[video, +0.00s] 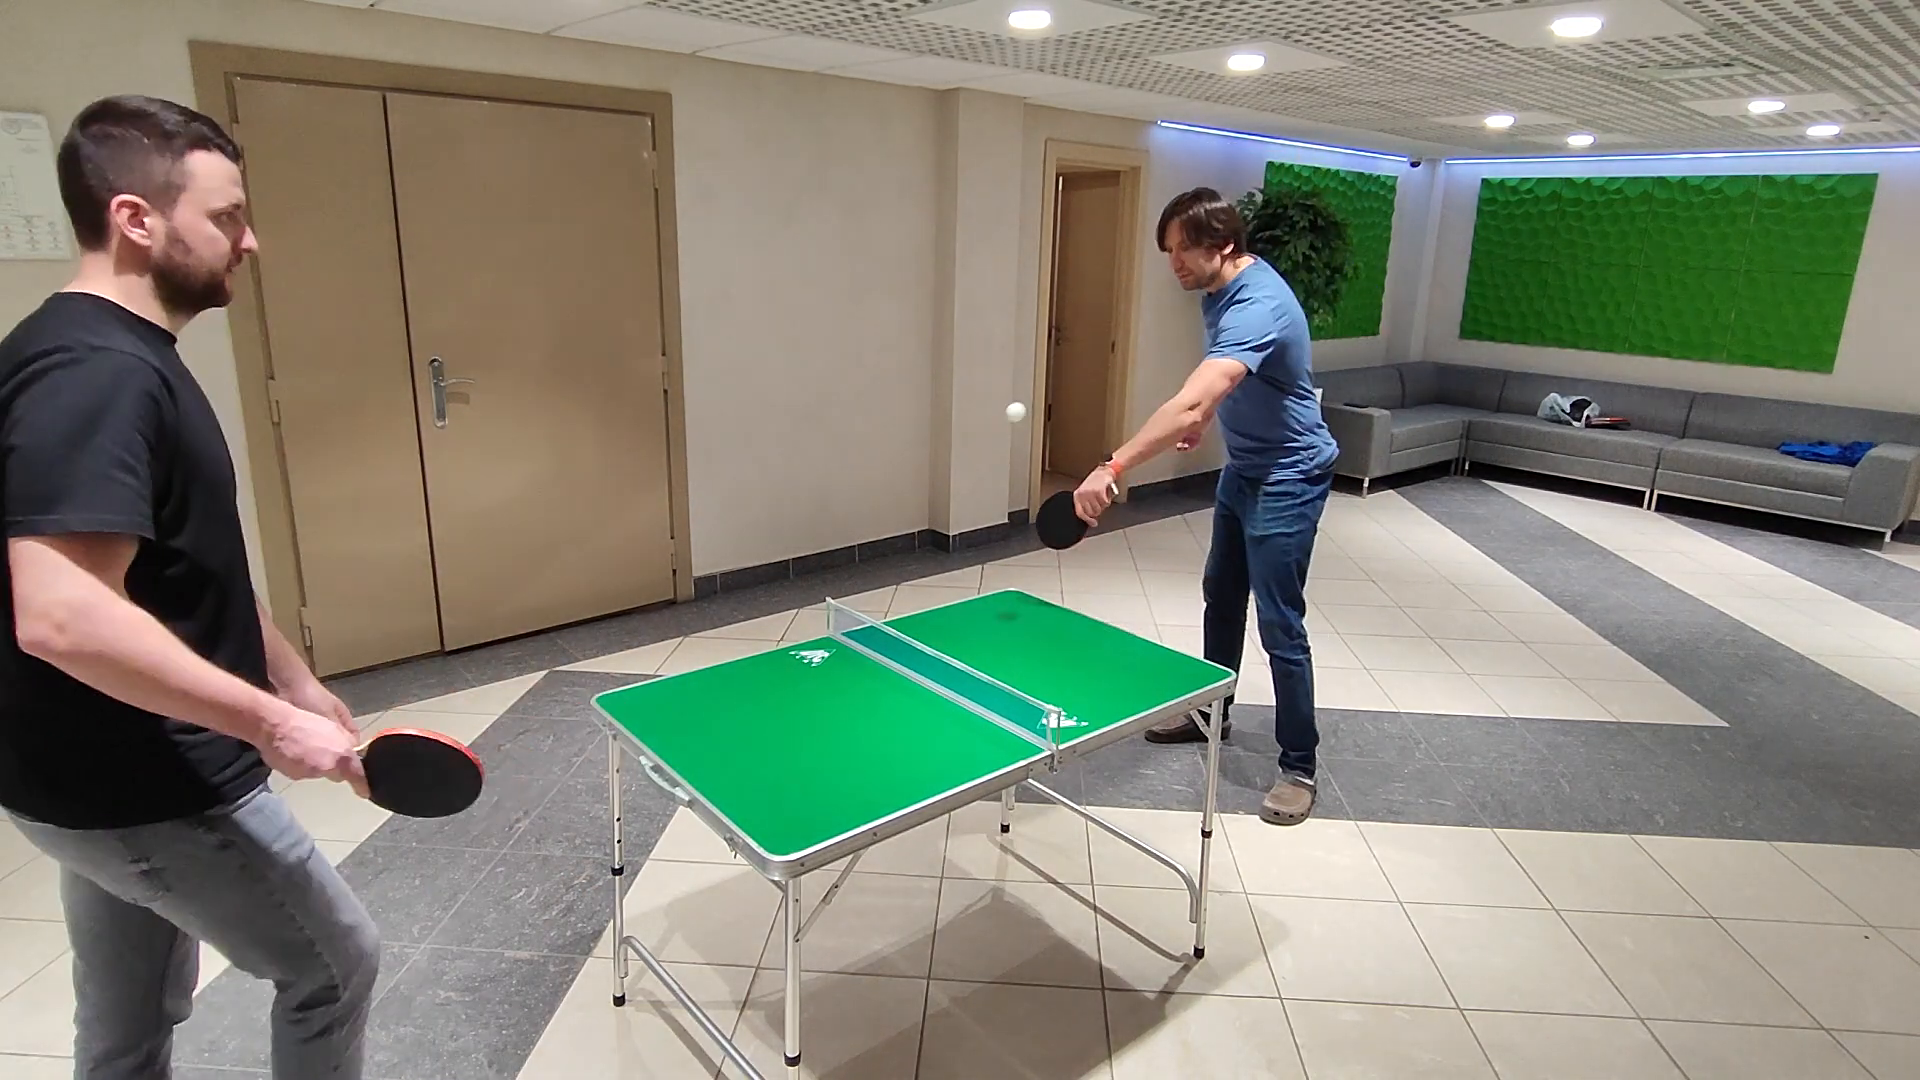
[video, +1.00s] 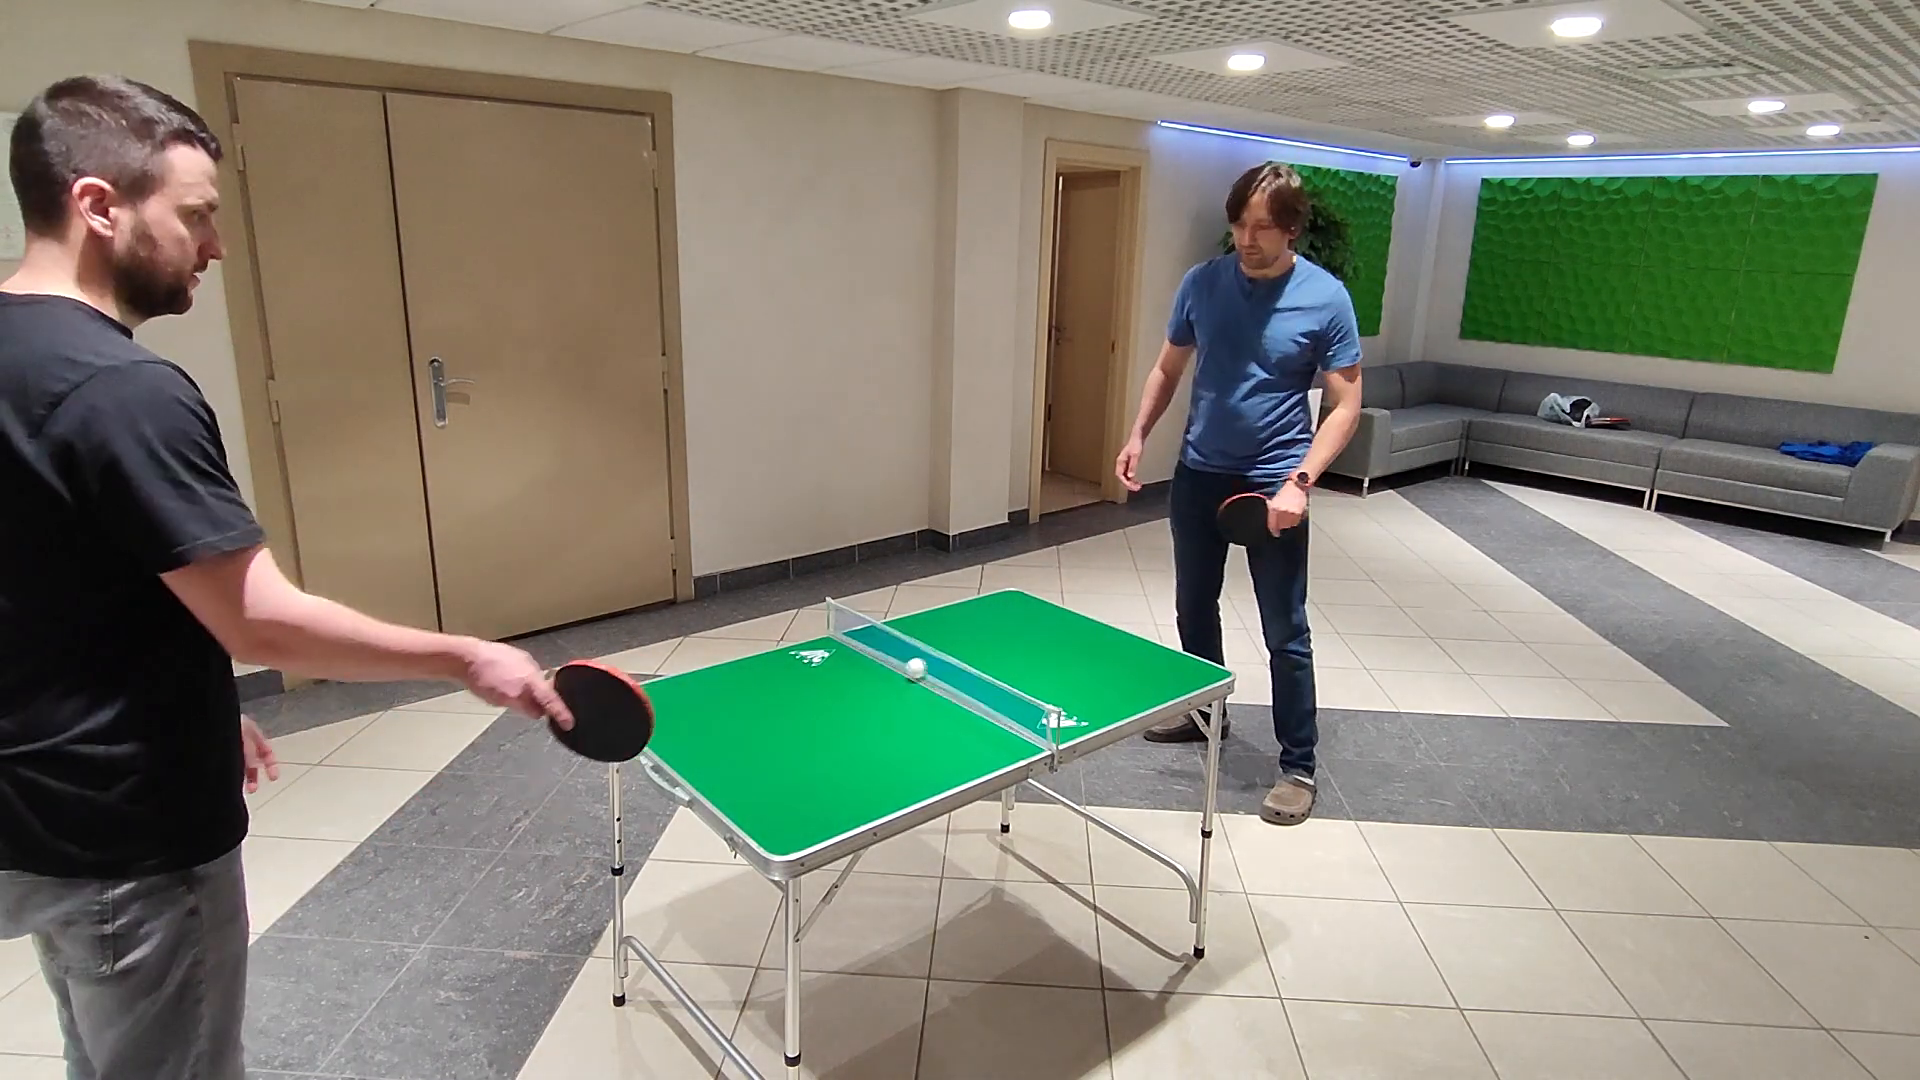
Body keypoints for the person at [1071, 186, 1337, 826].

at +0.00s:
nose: (1173, 264)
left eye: (1180, 252)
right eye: (1170, 253)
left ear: (1220, 247)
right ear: (1213, 248)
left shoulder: (1258, 306)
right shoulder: (1222, 289)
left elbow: (1192, 398)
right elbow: (1225, 364)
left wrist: (1113, 468)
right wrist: (1200, 412)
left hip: (1290, 472)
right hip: (1243, 465)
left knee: (1278, 618)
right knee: (1223, 593)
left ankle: (1298, 771)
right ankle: (1210, 711)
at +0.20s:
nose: (1176, 259)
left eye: (1183, 247)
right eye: (1173, 248)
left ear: (1223, 243)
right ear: (1215, 245)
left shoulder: (1263, 304)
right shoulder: (1224, 289)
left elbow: (1196, 404)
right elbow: (1233, 366)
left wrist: (1117, 474)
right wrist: (1206, 421)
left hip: (1290, 474)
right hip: (1243, 467)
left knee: (1281, 622)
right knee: (1223, 596)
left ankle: (1298, 770)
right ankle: (1211, 712)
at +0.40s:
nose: (1186, 250)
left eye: (1195, 238)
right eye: (1183, 239)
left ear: (1235, 235)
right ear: (1198, 237)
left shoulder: (1275, 302)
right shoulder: (1229, 289)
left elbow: (1248, 427)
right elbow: (1240, 382)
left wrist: (1170, 498)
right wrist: (1196, 423)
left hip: (1284, 481)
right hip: (1232, 475)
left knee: (1282, 629)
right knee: (1213, 596)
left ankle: (1298, 771)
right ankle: (1209, 711)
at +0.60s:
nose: (1213, 232)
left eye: (1227, 222)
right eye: (1208, 221)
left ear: (1261, 229)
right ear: (1204, 226)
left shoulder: (1300, 295)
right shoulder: (1215, 283)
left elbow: (1333, 415)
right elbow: (1217, 371)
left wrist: (1273, 502)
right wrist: (1171, 432)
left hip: (1269, 492)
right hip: (1209, 477)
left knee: (1278, 636)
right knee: (1192, 601)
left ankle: (1297, 772)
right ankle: (1206, 711)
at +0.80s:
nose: (1241, 227)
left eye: (1257, 218)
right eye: (1236, 214)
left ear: (1286, 227)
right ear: (1226, 216)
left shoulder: (1321, 297)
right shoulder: (1204, 280)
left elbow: (1359, 403)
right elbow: (1179, 368)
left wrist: (1323, 483)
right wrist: (1147, 437)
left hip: (1269, 479)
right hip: (1197, 470)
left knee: (1280, 627)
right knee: (1192, 602)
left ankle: (1296, 771)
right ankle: (1205, 710)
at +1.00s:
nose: (1248, 238)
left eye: (1263, 227)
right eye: (1241, 223)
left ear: (1292, 229)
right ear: (1231, 220)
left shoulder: (1327, 298)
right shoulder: (1202, 283)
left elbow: (1345, 405)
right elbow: (1167, 370)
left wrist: (1301, 480)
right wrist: (1137, 436)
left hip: (1275, 482)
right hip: (1199, 474)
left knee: (1285, 634)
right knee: (1193, 607)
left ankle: (1297, 771)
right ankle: (1202, 711)